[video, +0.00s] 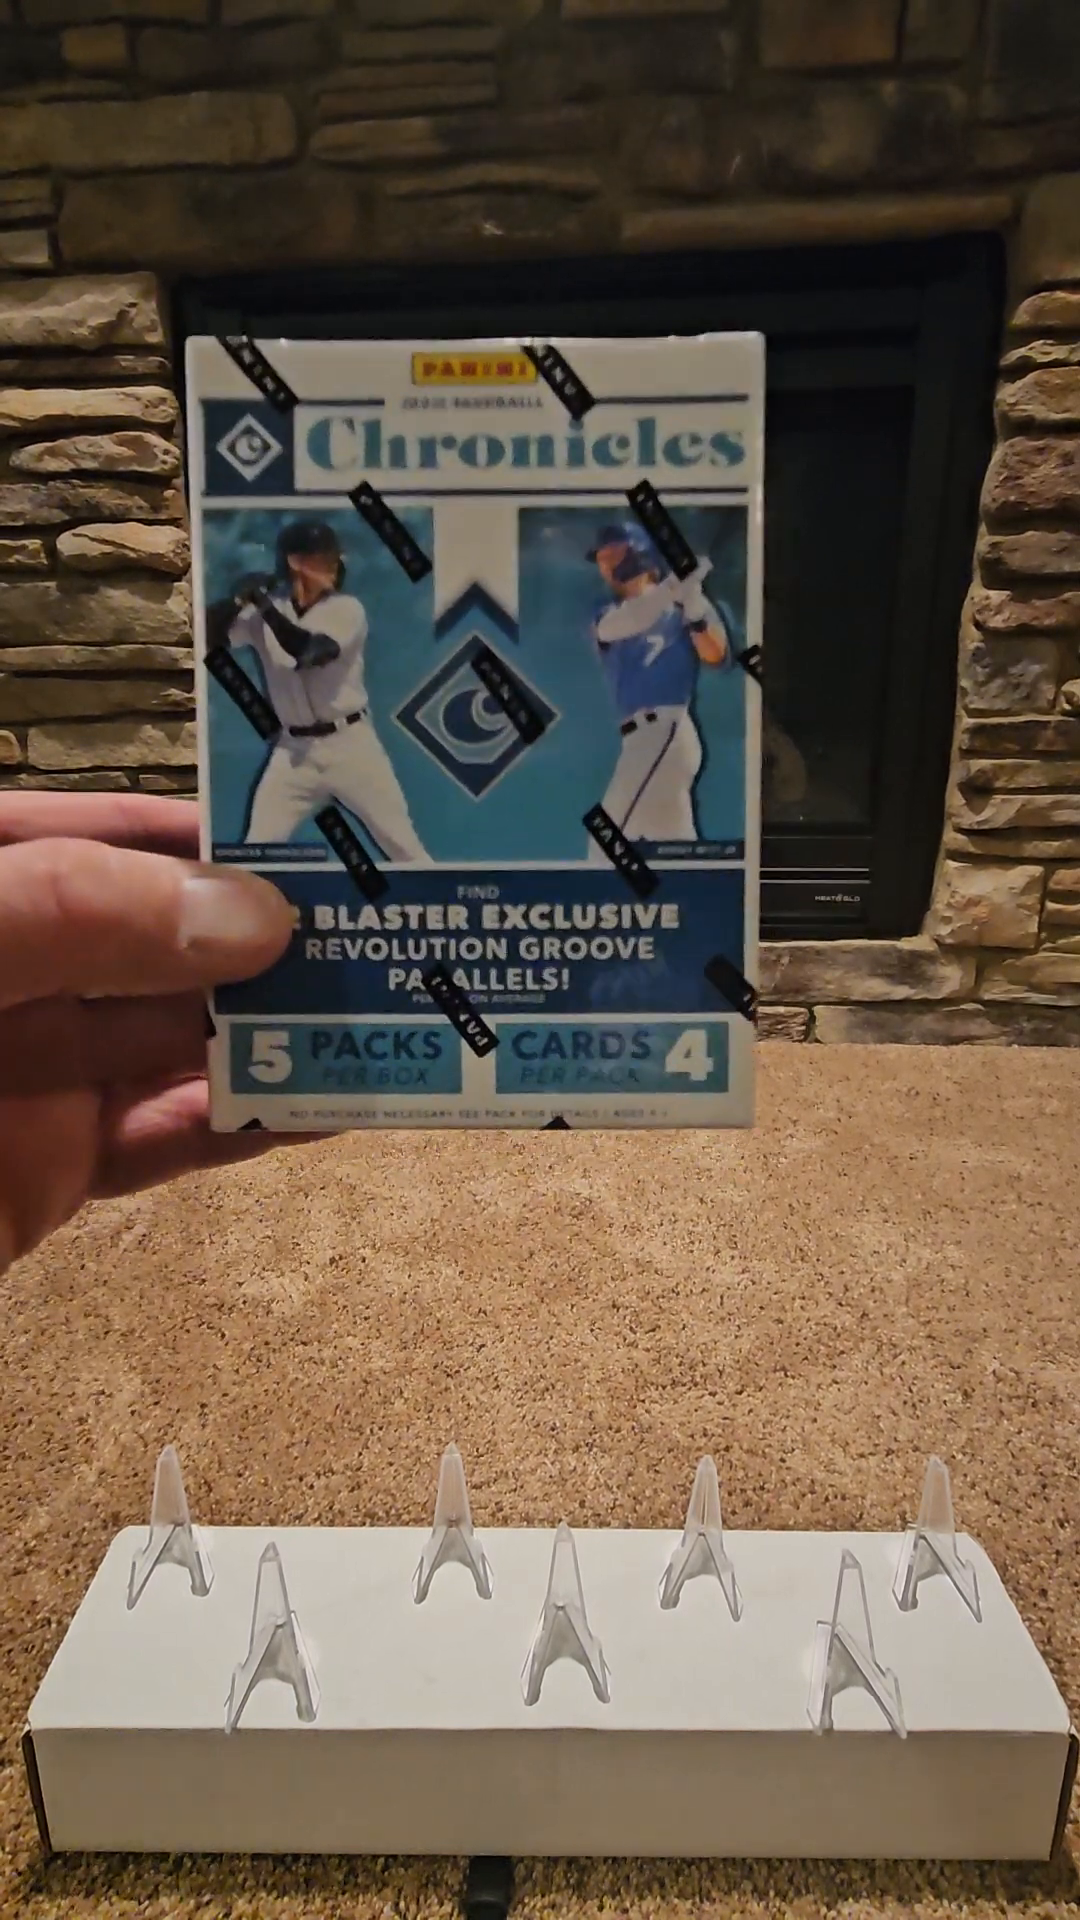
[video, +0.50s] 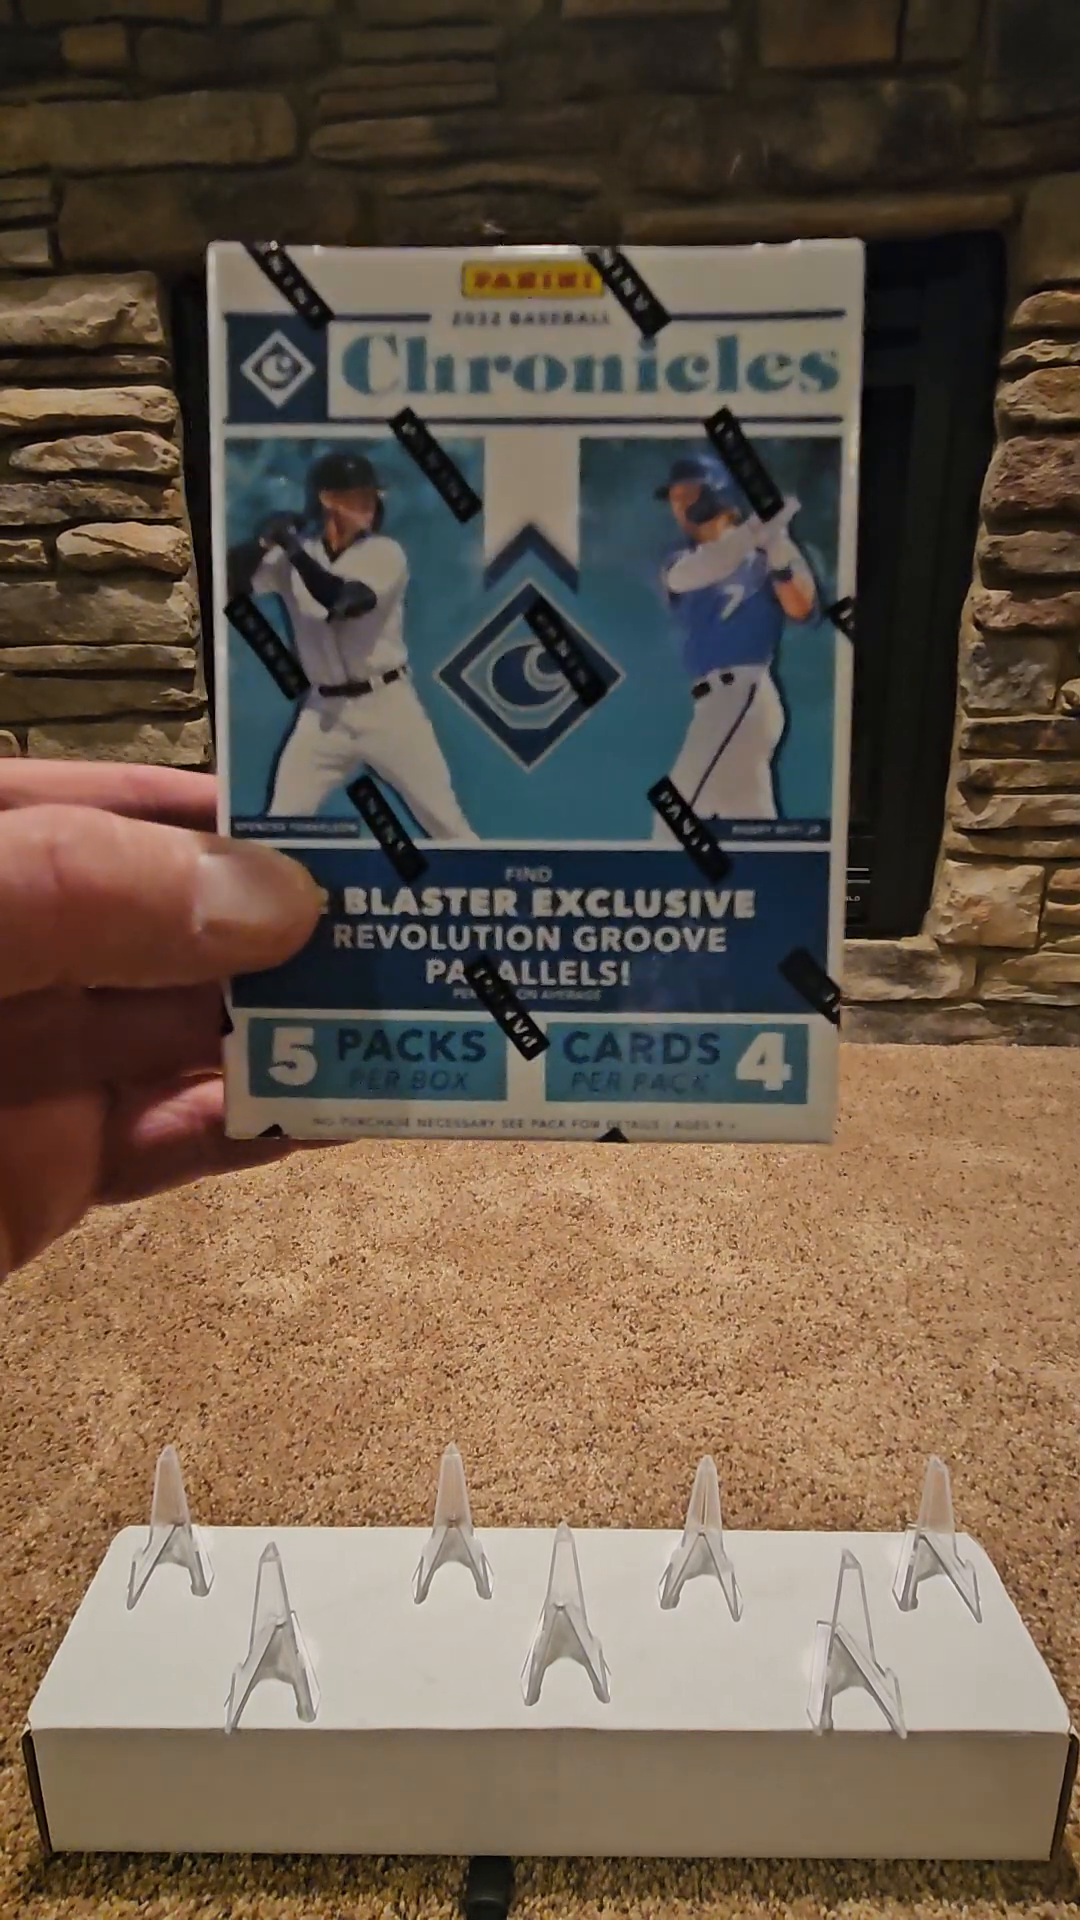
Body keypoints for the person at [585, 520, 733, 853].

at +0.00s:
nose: (605, 566)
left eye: (612, 555)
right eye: (601, 559)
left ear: (638, 557)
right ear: (598, 565)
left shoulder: (685, 603)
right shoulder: (607, 614)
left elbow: (716, 656)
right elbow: (629, 622)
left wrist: (694, 605)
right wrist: (671, 589)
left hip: (667, 733)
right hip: (639, 737)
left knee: (607, 839)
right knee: (676, 851)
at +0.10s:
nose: (622, 558)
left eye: (630, 547)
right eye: (617, 550)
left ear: (656, 549)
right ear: (613, 556)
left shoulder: (699, 592)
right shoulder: (622, 606)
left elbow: (732, 649)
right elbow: (642, 614)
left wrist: (710, 594)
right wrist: (682, 583)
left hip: (682, 727)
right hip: (653, 731)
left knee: (621, 835)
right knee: (693, 848)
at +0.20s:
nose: (631, 531)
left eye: (639, 519)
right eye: (627, 522)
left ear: (665, 520)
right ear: (624, 528)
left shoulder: (715, 566)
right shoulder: (632, 578)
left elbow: (747, 623)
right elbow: (645, 591)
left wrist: (724, 567)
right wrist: (703, 548)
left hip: (695, 703)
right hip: (667, 708)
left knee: (633, 814)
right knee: (704, 828)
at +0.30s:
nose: (644, 525)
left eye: (653, 513)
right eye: (641, 516)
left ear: (681, 514)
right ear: (638, 521)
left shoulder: (735, 562)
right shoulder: (652, 575)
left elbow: (765, 621)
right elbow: (655, 590)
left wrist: (742, 562)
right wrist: (718, 546)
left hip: (711, 704)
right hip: (682, 709)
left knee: (647, 819)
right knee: (721, 833)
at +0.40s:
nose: (669, 529)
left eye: (679, 517)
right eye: (665, 520)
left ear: (706, 518)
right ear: (661, 526)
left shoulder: (759, 568)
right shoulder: (671, 581)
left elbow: (789, 629)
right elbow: (687, 592)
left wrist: (765, 568)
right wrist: (743, 551)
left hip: (733, 712)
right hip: (704, 717)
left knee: (666, 827)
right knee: (742, 844)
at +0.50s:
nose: (679, 509)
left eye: (688, 496)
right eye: (674, 500)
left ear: (717, 497)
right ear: (670, 506)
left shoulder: (769, 547)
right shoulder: (680, 562)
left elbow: (801, 609)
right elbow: (698, 572)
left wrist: (777, 546)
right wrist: (757, 528)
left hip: (744, 697)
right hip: (713, 702)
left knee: (676, 816)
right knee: (753, 832)